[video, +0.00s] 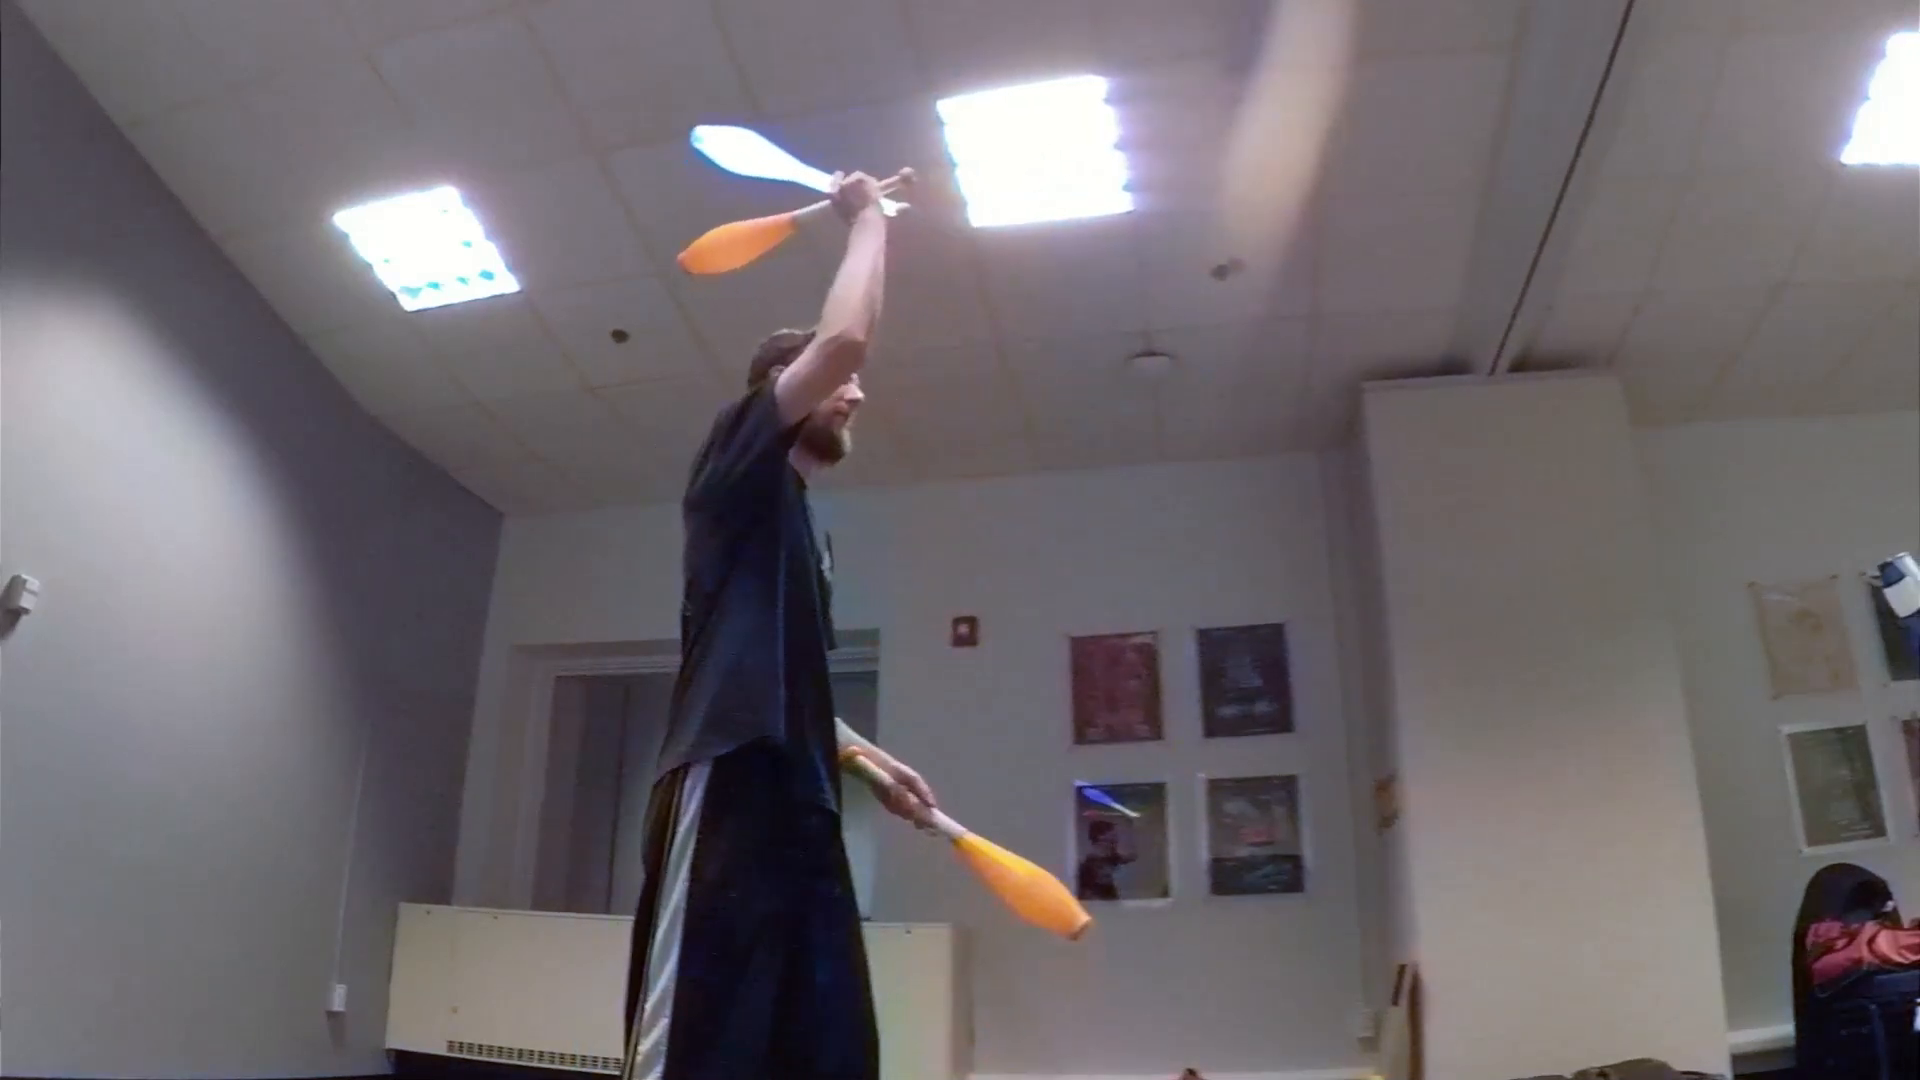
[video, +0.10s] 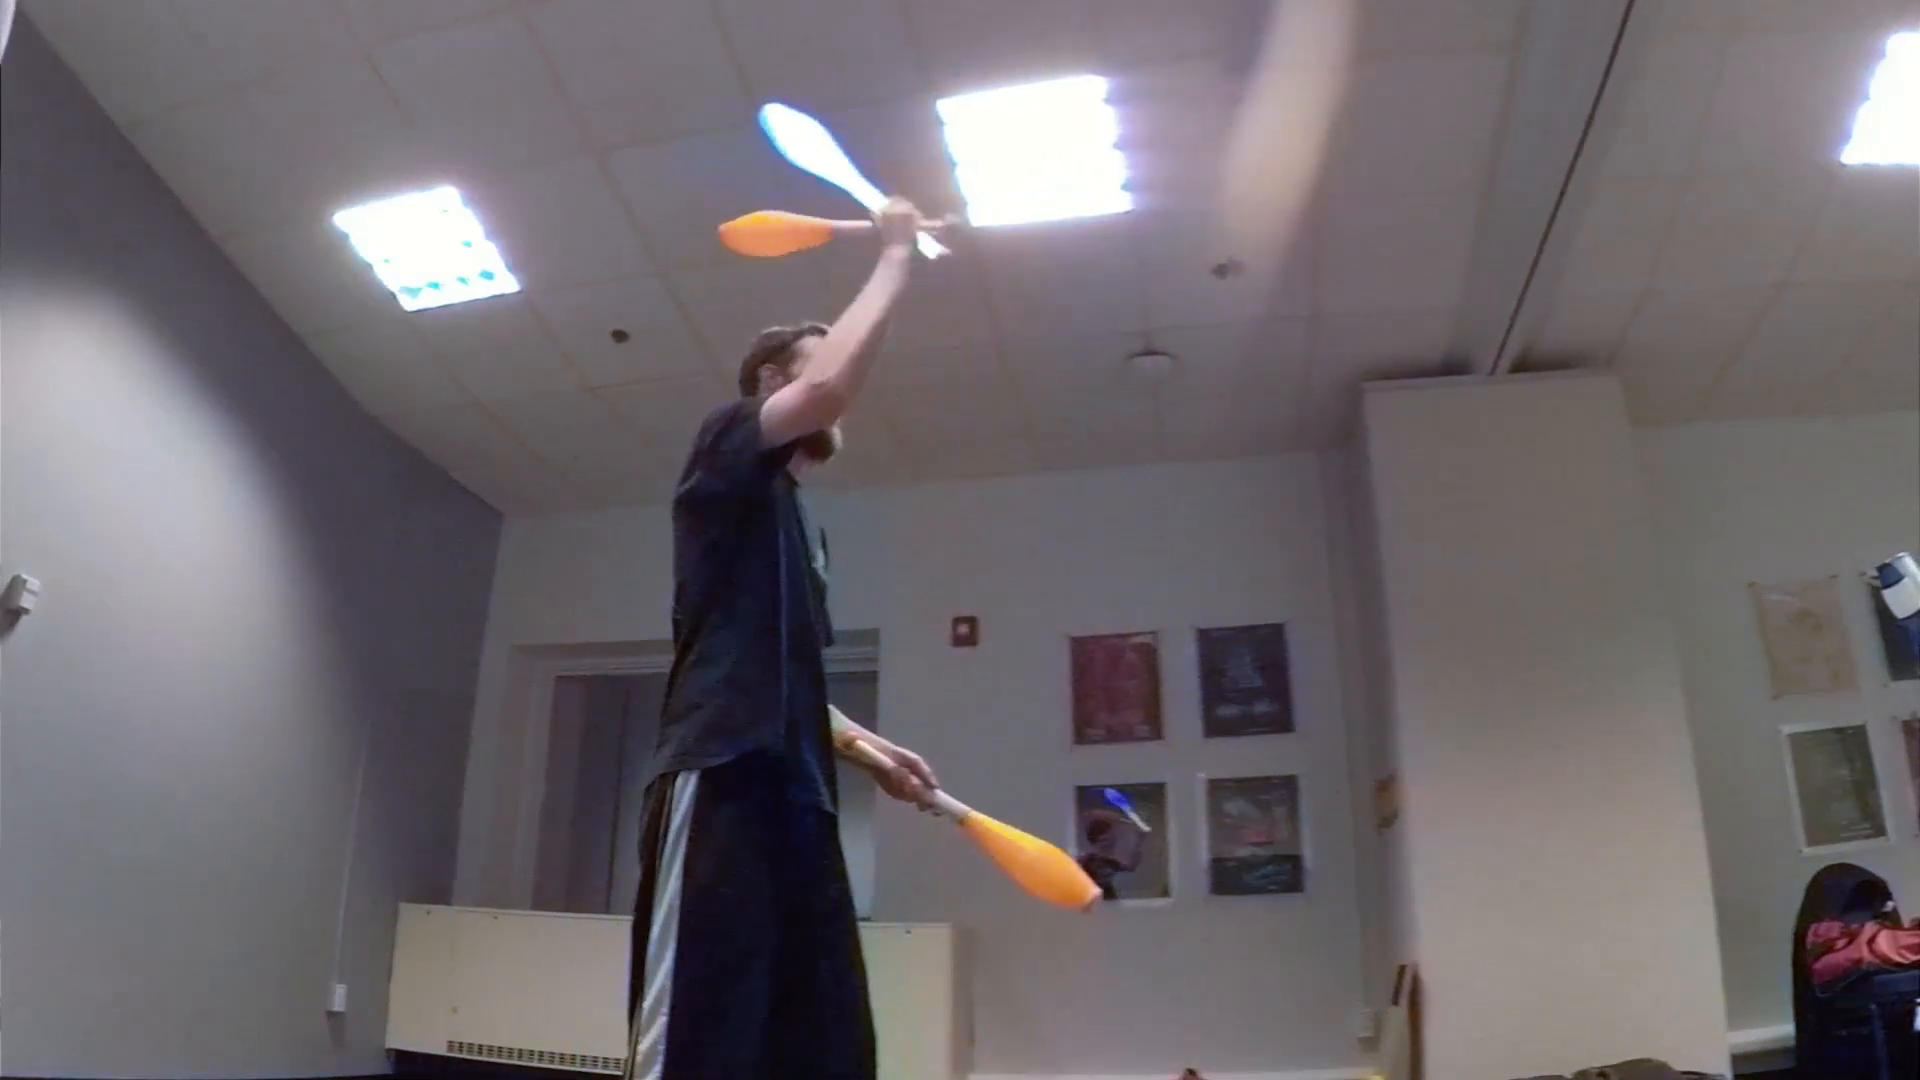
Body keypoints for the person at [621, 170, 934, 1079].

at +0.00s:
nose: (854, 395)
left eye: (855, 381)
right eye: (838, 374)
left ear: (823, 398)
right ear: (780, 380)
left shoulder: (789, 515)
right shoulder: (737, 458)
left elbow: (785, 688)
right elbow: (842, 334)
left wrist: (871, 759)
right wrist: (869, 215)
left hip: (793, 779)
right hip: (732, 770)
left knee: (817, 1008)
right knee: (710, 1006)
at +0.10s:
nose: (833, 387)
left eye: (836, 373)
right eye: (817, 371)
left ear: (797, 387)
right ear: (773, 379)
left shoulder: (787, 512)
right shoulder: (728, 444)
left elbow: (774, 677)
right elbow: (822, 391)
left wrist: (870, 749)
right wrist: (895, 256)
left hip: (794, 790)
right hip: (724, 777)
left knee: (821, 1026)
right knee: (701, 1021)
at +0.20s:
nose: (831, 380)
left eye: (835, 370)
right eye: (810, 362)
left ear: (836, 394)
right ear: (753, 375)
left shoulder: (799, 525)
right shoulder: (707, 444)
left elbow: (782, 680)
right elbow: (777, 475)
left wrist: (868, 738)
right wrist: (916, 360)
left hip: (789, 788)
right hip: (706, 782)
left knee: (818, 1031)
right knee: (691, 1027)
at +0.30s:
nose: (823, 383)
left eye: (824, 373)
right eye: (802, 364)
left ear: (824, 396)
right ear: (743, 378)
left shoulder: (778, 522)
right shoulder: (694, 460)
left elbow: (777, 680)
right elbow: (724, 567)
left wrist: (860, 729)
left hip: (775, 815)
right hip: (688, 808)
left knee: (833, 1041)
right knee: (683, 1047)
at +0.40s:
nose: (821, 388)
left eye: (823, 377)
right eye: (799, 369)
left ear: (818, 411)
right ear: (741, 385)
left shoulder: (793, 536)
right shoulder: (690, 476)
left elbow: (782, 693)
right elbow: (670, 628)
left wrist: (859, 734)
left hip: (771, 831)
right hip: (673, 826)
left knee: (843, 1040)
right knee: (681, 1053)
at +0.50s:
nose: (831, 399)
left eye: (832, 389)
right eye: (809, 381)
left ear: (831, 413)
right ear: (748, 397)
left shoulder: (798, 545)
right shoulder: (697, 499)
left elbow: (761, 696)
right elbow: (645, 668)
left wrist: (843, 746)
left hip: (762, 838)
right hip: (671, 841)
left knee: (854, 1040)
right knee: (690, 1060)